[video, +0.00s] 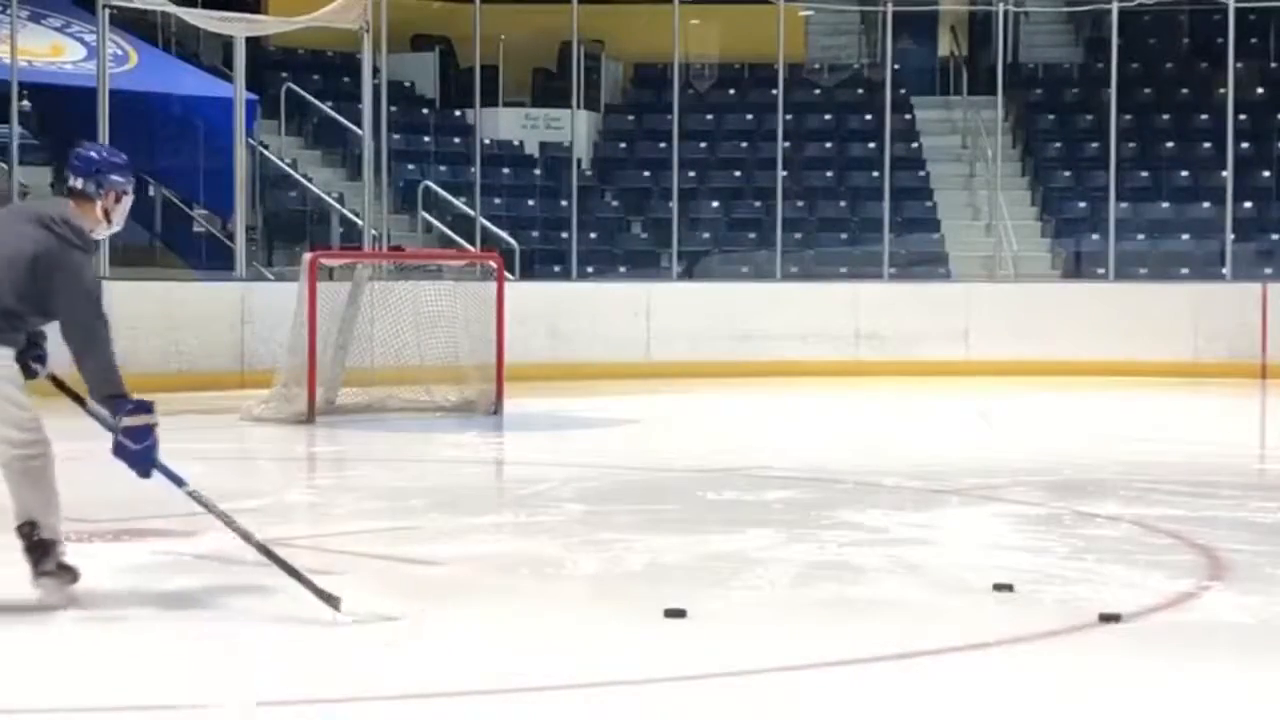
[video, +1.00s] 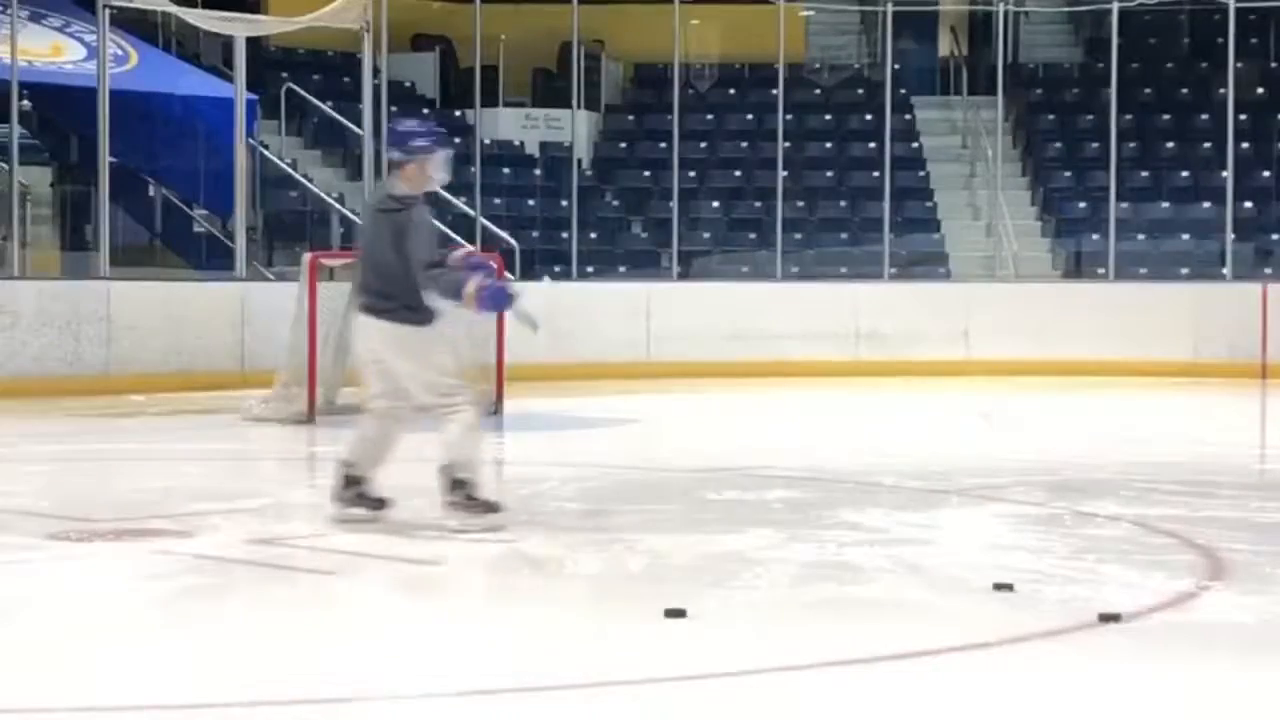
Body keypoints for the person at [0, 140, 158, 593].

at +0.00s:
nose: (124, 213)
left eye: (126, 201)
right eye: (124, 201)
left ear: (76, 188)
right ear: (108, 199)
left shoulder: (23, 215)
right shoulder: (68, 256)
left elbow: (7, 281)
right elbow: (91, 345)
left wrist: (27, 335)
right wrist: (123, 414)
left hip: (6, 348)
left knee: (22, 437)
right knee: (24, 439)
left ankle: (42, 551)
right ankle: (44, 554)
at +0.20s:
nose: (146, 214)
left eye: (148, 203)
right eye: (146, 203)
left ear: (100, 189)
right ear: (133, 202)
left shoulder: (37, 207)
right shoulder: (102, 258)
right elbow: (72, 327)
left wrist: (66, 371)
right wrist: (69, 378)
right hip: (20, 345)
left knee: (22, 450)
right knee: (26, 452)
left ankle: (42, 519)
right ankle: (44, 521)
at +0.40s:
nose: (181, 231)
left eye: (183, 222)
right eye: (180, 221)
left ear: (137, 207)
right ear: (168, 221)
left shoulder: (92, 224)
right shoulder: (160, 269)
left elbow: (28, 254)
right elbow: (132, 326)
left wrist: (42, 293)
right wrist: (128, 337)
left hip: (27, 344)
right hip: (76, 362)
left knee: (34, 434)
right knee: (78, 462)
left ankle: (19, 510)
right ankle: (51, 522)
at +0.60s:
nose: (240, 202)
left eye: (238, 193)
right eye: (237, 193)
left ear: (198, 190)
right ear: (231, 196)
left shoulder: (161, 217)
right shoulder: (237, 243)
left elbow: (109, 248)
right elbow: (228, 316)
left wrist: (105, 302)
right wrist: (223, 372)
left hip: (128, 336)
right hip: (177, 353)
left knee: (145, 428)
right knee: (196, 446)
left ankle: (117, 494)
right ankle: (159, 498)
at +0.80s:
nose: (320, 179)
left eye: (317, 170)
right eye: (320, 171)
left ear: (287, 168)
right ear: (316, 173)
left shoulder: (257, 209)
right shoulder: (321, 222)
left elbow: (246, 268)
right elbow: (328, 297)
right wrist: (356, 341)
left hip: (242, 328)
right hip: (293, 338)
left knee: (260, 412)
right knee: (332, 407)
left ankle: (228, 486)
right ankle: (321, 492)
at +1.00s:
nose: (443, 169)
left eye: (443, 160)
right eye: (436, 161)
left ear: (406, 167)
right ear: (410, 167)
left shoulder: (379, 205)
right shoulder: (415, 213)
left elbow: (405, 263)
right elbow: (428, 276)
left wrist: (452, 261)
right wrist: (472, 291)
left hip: (369, 324)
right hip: (405, 329)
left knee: (387, 406)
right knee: (459, 404)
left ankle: (352, 482)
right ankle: (459, 487)